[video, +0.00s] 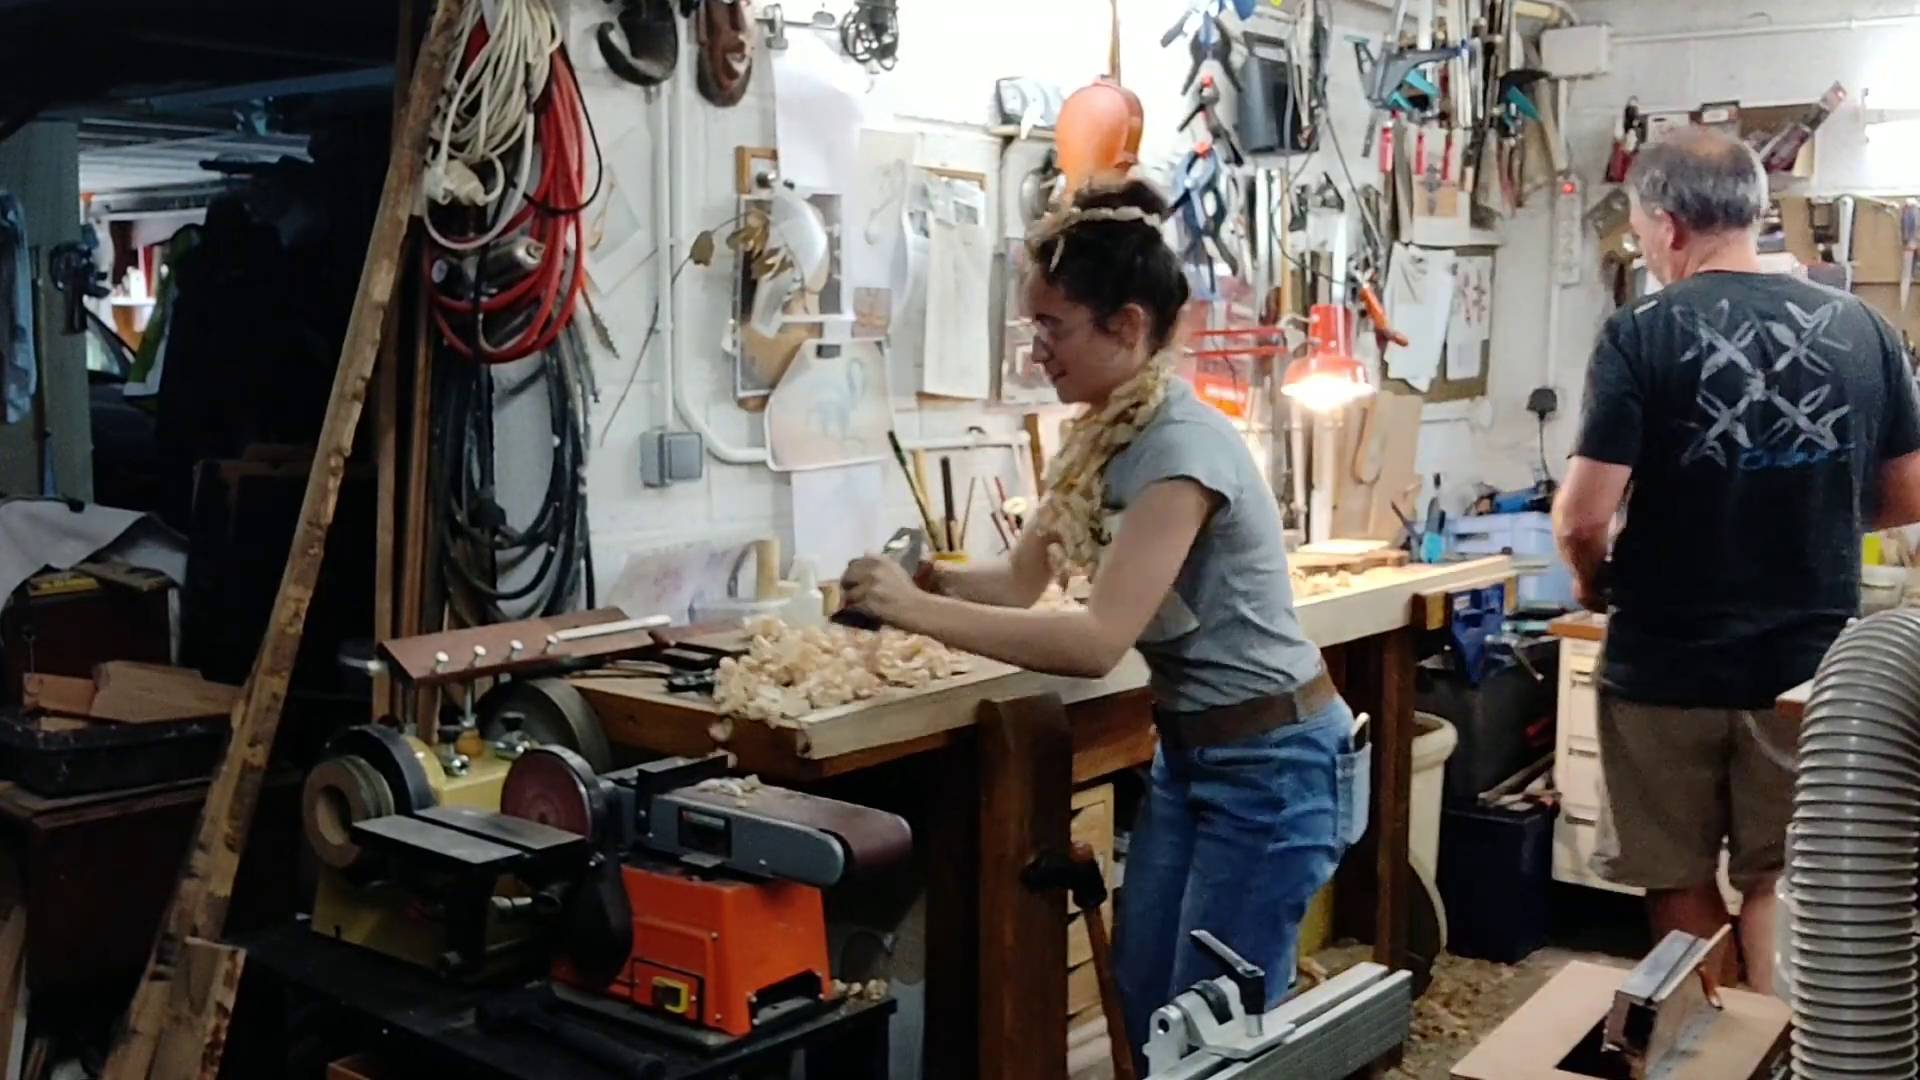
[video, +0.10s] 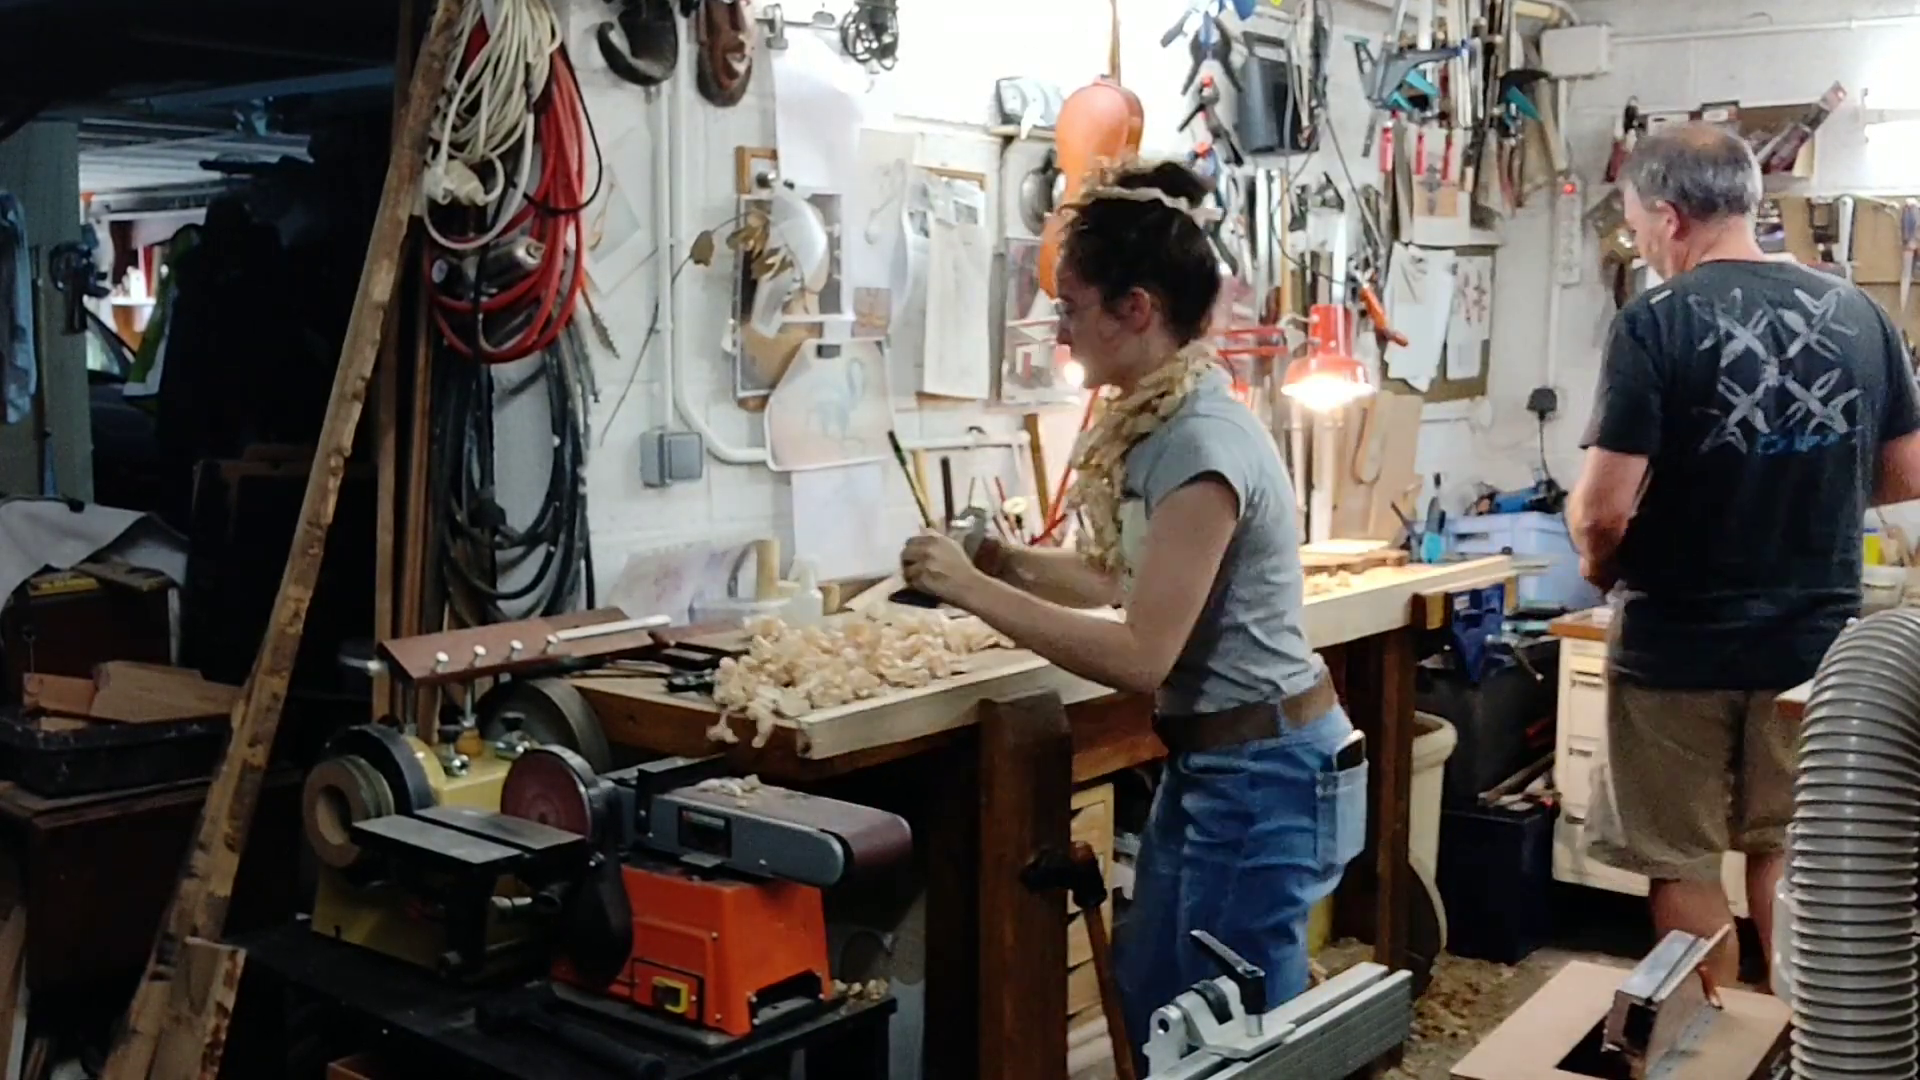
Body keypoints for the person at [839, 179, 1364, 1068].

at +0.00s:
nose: (1035, 350)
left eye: (1051, 328)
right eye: (1032, 328)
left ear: (1128, 326)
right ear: (1111, 329)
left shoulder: (1182, 446)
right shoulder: (1099, 444)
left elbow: (1096, 642)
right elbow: (1019, 583)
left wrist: (918, 608)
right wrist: (921, 582)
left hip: (1273, 763)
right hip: (1185, 757)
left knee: (1210, 1029)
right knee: (1139, 1007)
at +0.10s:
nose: (1058, 329)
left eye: (1070, 309)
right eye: (1058, 307)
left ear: (1138, 311)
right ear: (1139, 313)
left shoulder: (1201, 441)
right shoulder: (1162, 426)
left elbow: (1143, 659)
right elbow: (1127, 584)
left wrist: (978, 591)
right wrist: (1008, 563)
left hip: (1263, 766)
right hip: (1214, 758)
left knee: (1223, 1030)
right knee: (1144, 997)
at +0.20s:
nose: (1092, 330)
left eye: (1096, 307)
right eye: (1090, 308)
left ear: (1142, 312)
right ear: (1211, 309)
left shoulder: (1199, 448)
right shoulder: (1255, 412)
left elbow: (1163, 680)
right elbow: (1234, 601)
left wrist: (1011, 594)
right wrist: (1098, 565)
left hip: (1262, 795)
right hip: (1315, 767)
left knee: (1199, 1046)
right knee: (1162, 1005)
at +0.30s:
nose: (1137, 322)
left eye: (1138, 302)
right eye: (1135, 301)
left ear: (1162, 309)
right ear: (1259, 307)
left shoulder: (1185, 460)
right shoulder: (1324, 434)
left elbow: (1167, 680)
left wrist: (1042, 589)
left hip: (1266, 797)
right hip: (1369, 771)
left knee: (1213, 1044)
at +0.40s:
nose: (1172, 304)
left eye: (1173, 285)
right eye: (1171, 285)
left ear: (1190, 295)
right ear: (1302, 295)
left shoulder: (1174, 449)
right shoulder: (1381, 426)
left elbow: (1157, 668)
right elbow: (1425, 618)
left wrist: (1080, 567)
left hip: (1262, 792)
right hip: (1391, 774)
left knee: (1229, 1047)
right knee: (1287, 1022)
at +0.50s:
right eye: (1351, 284)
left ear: (1228, 299)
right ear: (1349, 299)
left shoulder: (1172, 451)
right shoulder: (1422, 437)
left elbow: (1156, 653)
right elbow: (1473, 638)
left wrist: (1224, 574)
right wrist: (1391, 605)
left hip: (1255, 795)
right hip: (1402, 782)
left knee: (1245, 1051)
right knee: (1364, 1037)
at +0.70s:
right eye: (1415, 302)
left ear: (1294, 312)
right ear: (1410, 313)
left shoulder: (1216, 456)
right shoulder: (1474, 455)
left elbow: (1229, 639)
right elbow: (1519, 664)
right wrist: (1461, 586)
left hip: (1268, 781)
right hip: (1428, 780)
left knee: (1273, 1049)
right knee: (1427, 1036)